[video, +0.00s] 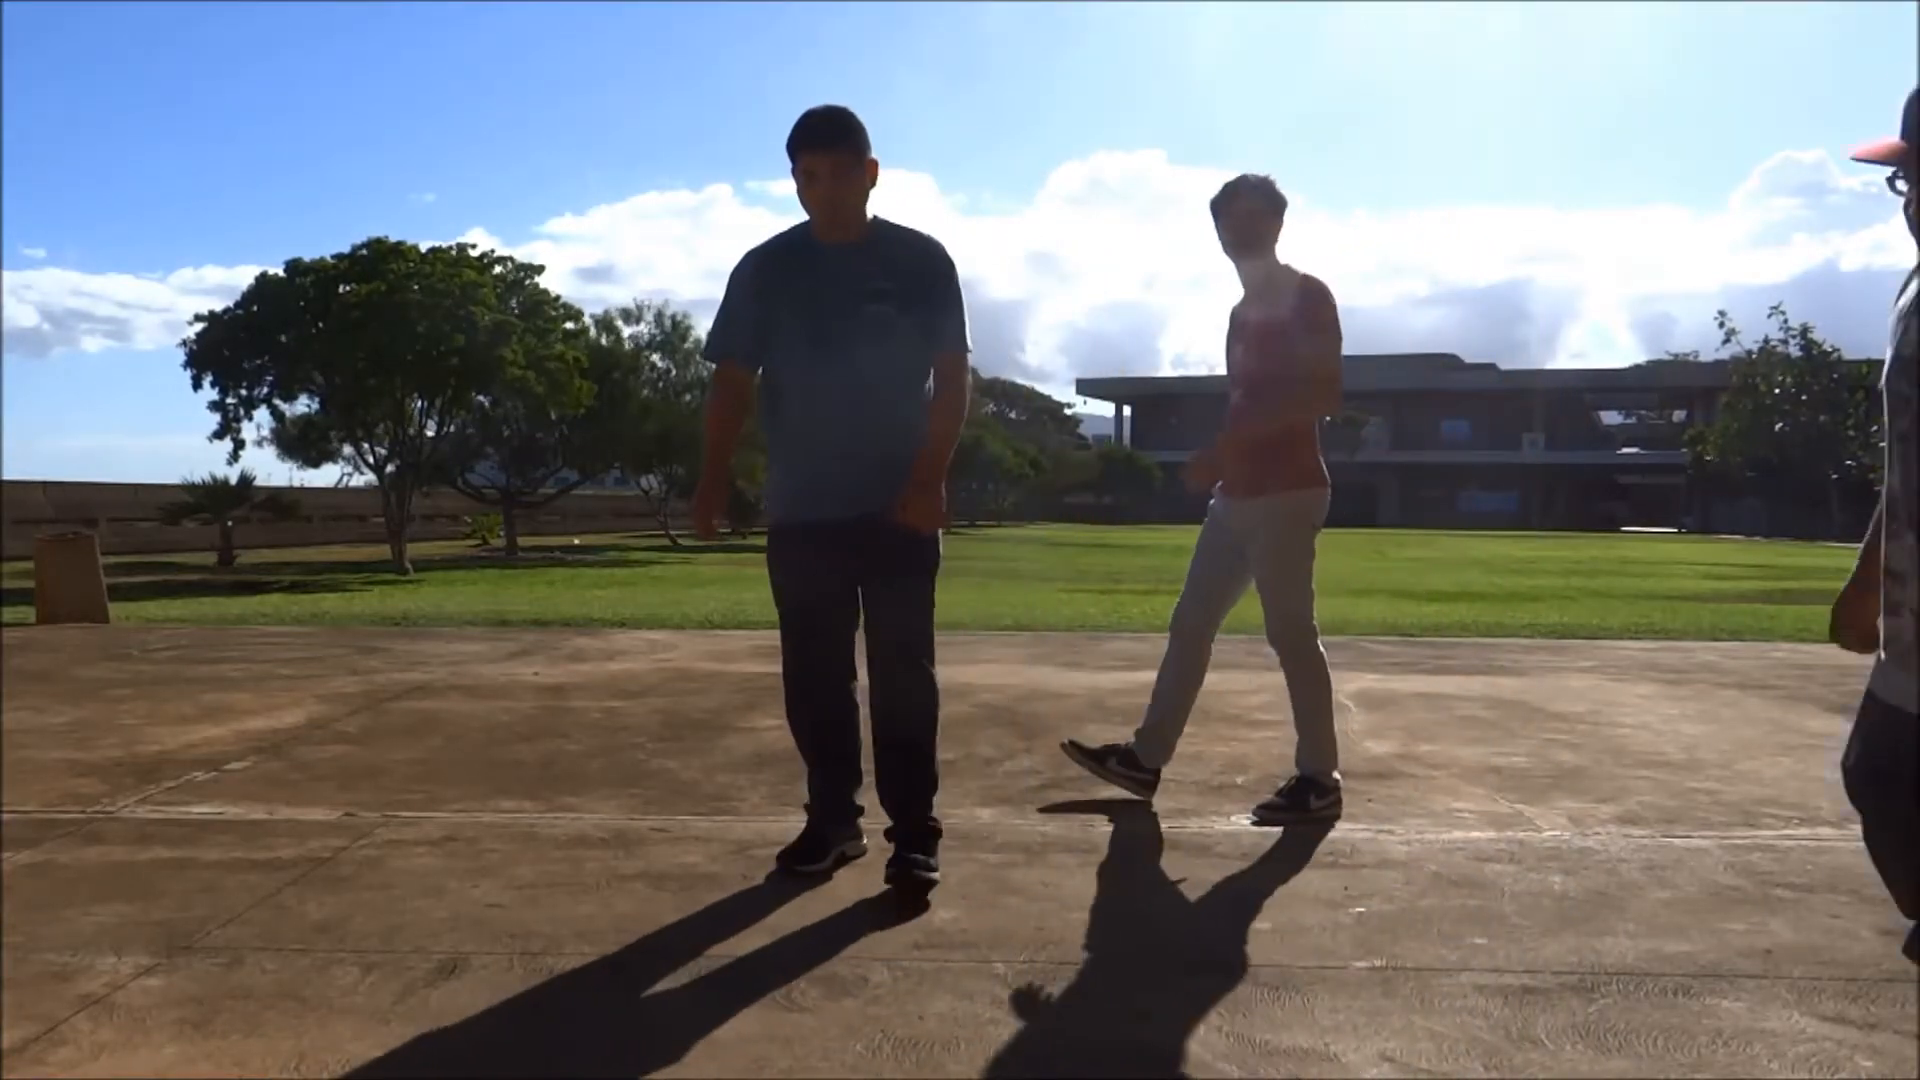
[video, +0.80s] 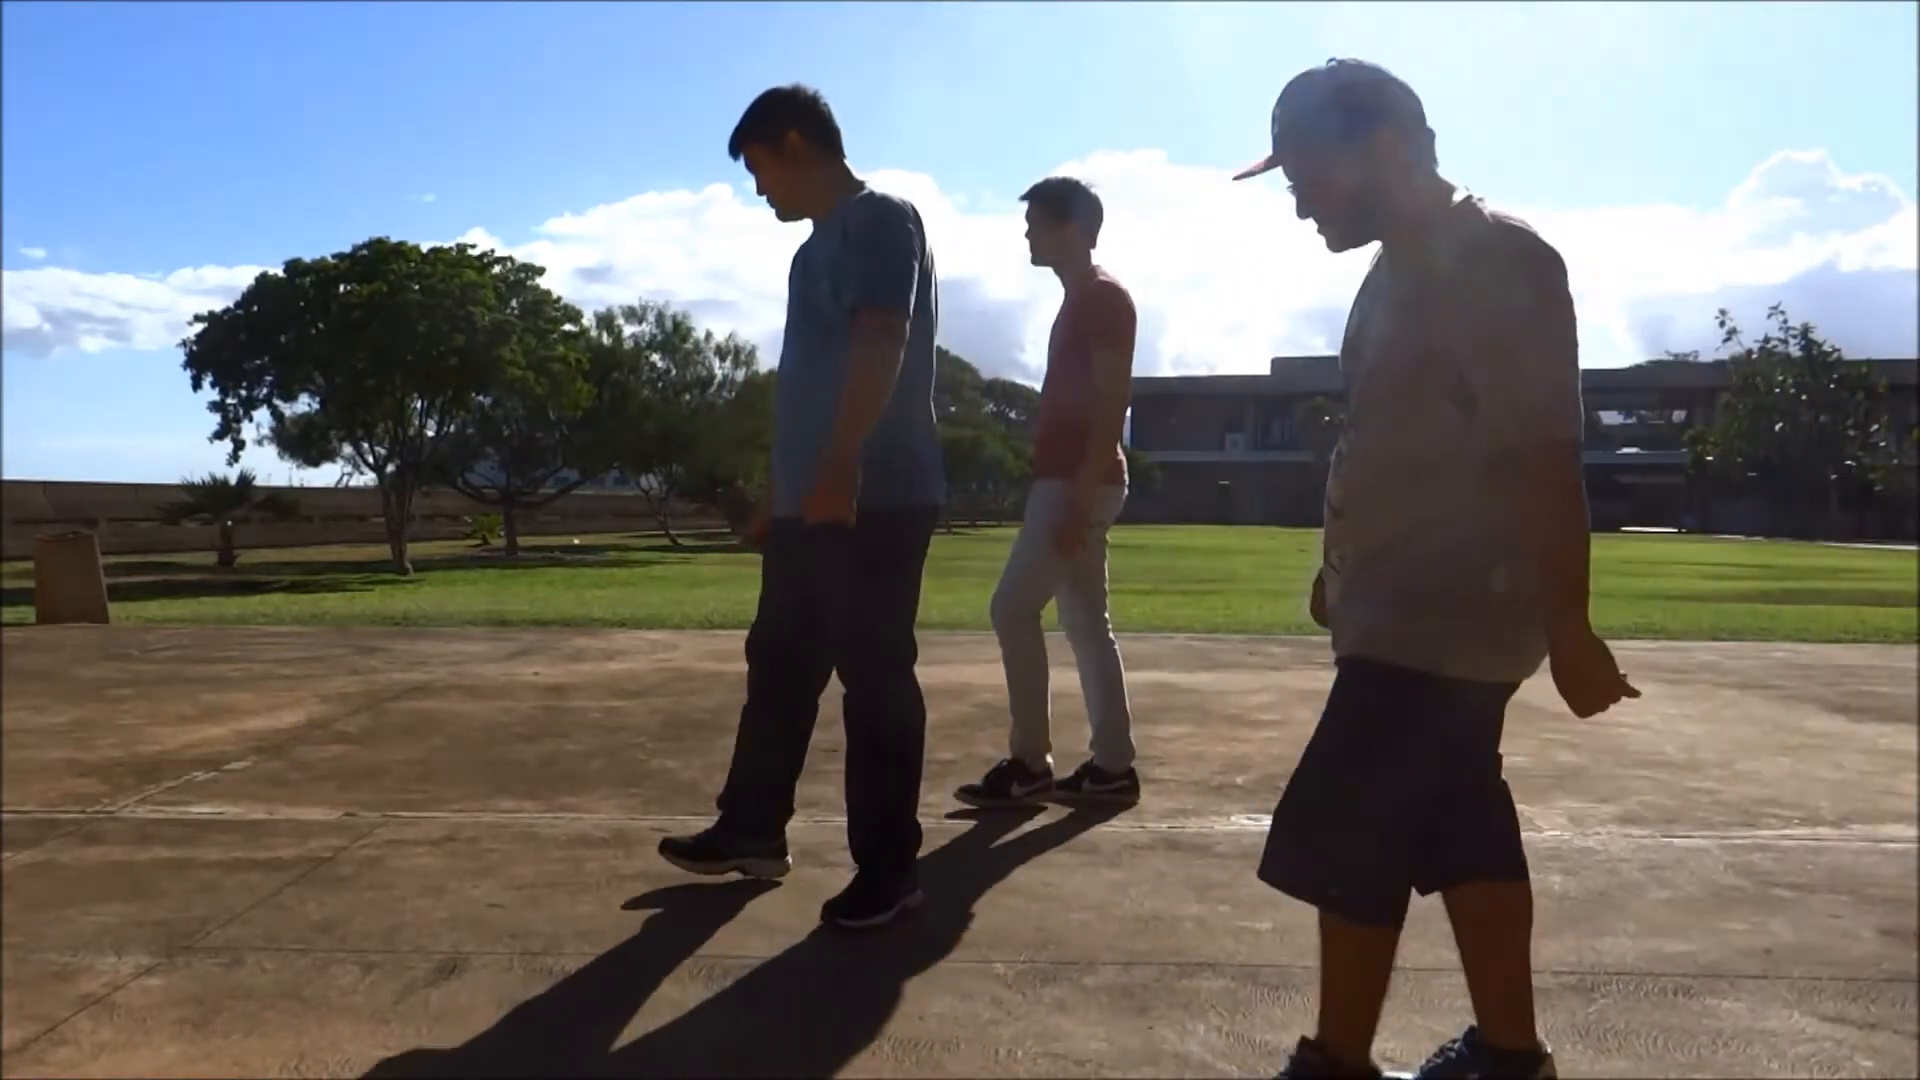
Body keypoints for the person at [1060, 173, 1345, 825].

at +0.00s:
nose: (1230, 232)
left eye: (1242, 218)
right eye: (1223, 222)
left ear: (1274, 221)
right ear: (1218, 231)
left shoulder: (1309, 296)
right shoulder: (1241, 315)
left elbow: (1324, 395)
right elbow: (1249, 403)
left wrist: (1229, 443)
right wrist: (1220, 461)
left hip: (1288, 495)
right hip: (1239, 493)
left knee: (1293, 636)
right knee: (1191, 624)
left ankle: (1319, 778)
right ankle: (1145, 759)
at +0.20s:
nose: (1168, 242)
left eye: (1178, 228)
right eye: (1166, 230)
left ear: (1218, 228)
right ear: (1180, 235)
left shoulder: (1249, 302)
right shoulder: (1206, 310)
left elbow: (1249, 406)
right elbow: (1205, 409)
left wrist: (1164, 458)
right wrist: (1167, 473)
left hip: (1234, 502)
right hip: (1187, 502)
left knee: (1256, 636)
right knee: (1147, 628)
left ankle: (1312, 774)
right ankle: (1119, 768)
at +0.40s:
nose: (1111, 238)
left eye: (1120, 226)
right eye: (1111, 227)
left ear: (1160, 229)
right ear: (1146, 233)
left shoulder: (1185, 299)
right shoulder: (1160, 303)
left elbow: (1183, 413)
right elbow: (1156, 410)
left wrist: (1115, 481)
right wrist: (1112, 487)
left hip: (1167, 494)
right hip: (1133, 493)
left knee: (1180, 629)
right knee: (1107, 624)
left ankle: (1283, 753)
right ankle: (1113, 768)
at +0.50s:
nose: (1088, 236)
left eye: (1096, 225)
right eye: (1087, 226)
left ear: (1136, 227)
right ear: (1124, 231)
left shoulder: (1160, 298)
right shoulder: (1140, 301)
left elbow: (1159, 408)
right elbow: (1138, 405)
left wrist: (1105, 485)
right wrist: (1099, 485)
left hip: (1141, 491)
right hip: (1118, 490)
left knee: (1119, 625)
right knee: (1098, 624)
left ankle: (1237, 738)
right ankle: (1113, 768)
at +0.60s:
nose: (1066, 236)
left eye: (1074, 224)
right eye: (1066, 225)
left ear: (1112, 227)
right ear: (1104, 231)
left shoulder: (1139, 298)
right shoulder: (1122, 298)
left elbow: (1138, 409)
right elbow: (1121, 405)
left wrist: (1096, 487)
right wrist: (1085, 484)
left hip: (1117, 487)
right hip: (1101, 485)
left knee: (1075, 620)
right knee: (1095, 623)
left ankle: (1175, 738)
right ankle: (1112, 767)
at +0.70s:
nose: (1048, 232)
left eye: (1058, 220)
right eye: (1049, 221)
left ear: (1095, 225)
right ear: (1079, 230)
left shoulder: (1121, 298)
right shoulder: (1099, 300)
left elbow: (1124, 409)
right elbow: (1098, 407)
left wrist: (1085, 499)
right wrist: (1069, 493)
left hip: (1094, 484)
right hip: (1083, 483)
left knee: (1041, 611)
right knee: (1092, 620)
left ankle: (1106, 753)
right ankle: (1109, 758)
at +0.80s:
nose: (1026, 234)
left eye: (1035, 223)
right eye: (1028, 223)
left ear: (1074, 227)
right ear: (1067, 230)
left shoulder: (1104, 300)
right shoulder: (1077, 302)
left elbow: (1109, 413)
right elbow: (1079, 408)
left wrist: (1079, 509)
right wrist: (1055, 492)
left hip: (1077, 483)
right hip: (1067, 479)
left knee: (1013, 609)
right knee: (1086, 624)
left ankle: (1029, 761)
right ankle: (1113, 765)